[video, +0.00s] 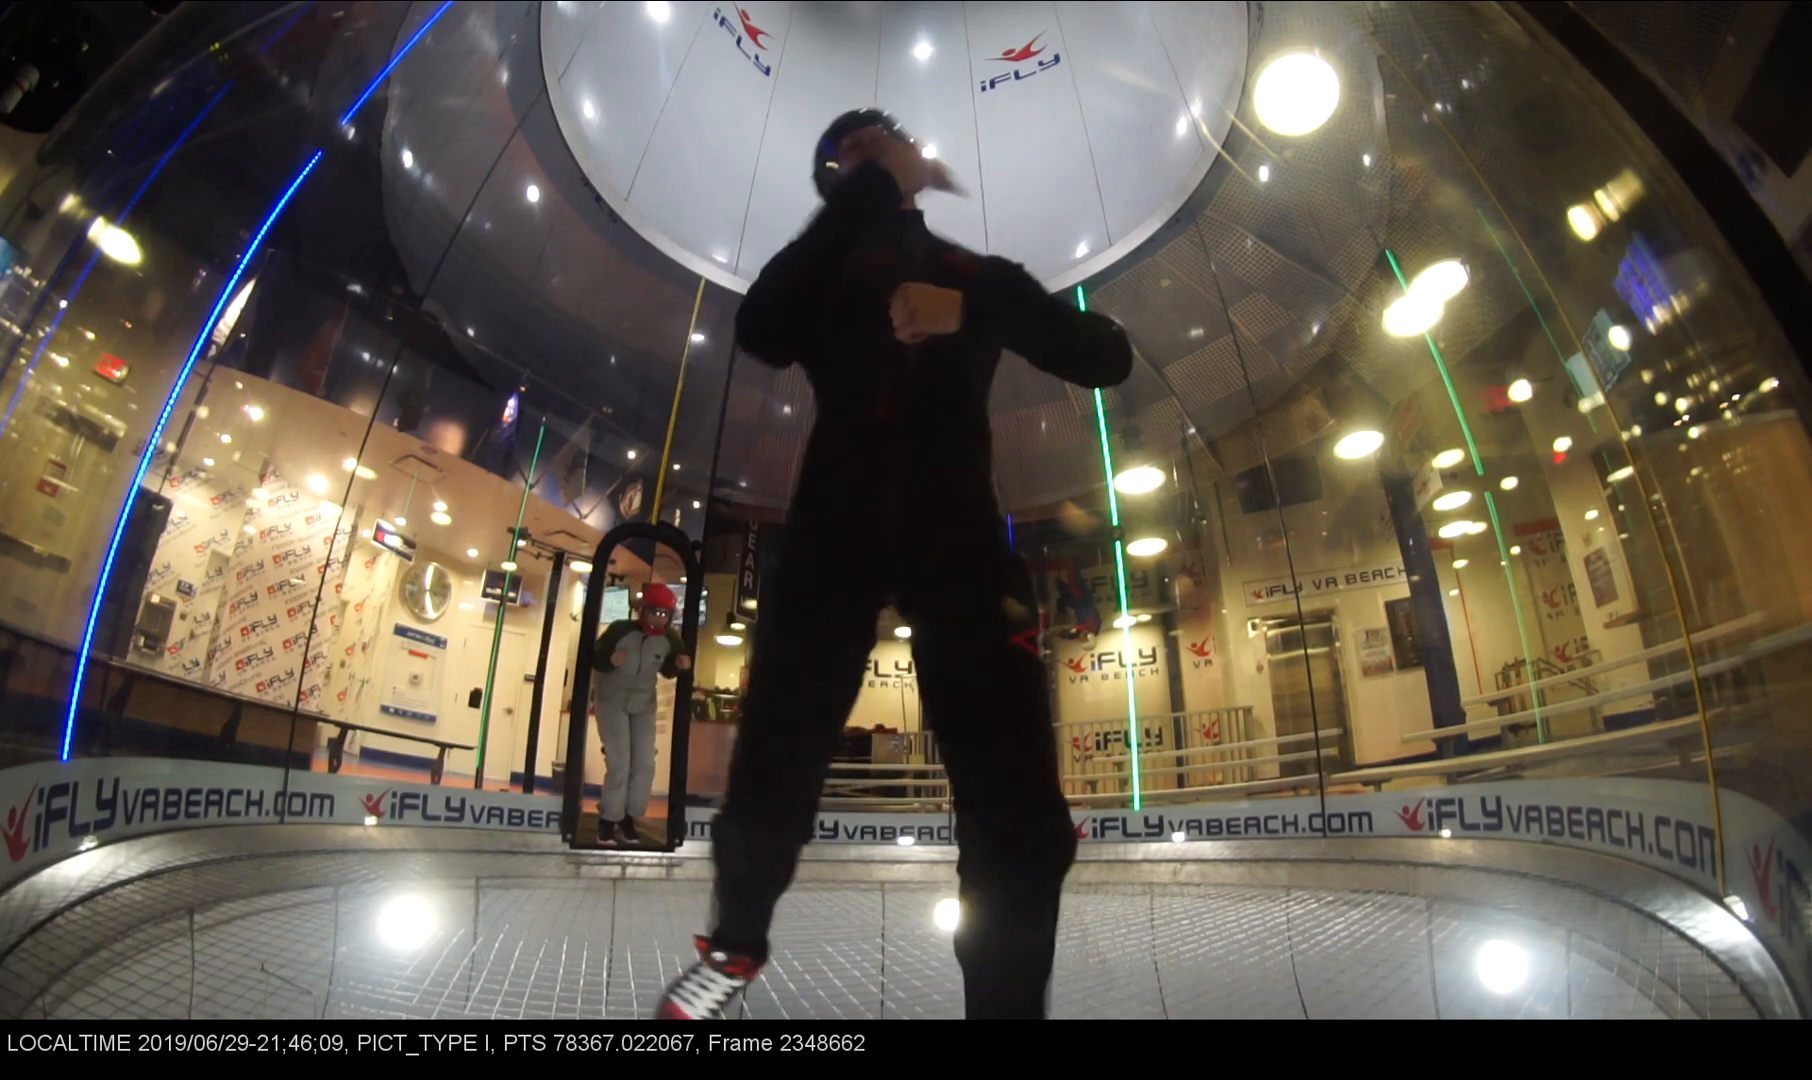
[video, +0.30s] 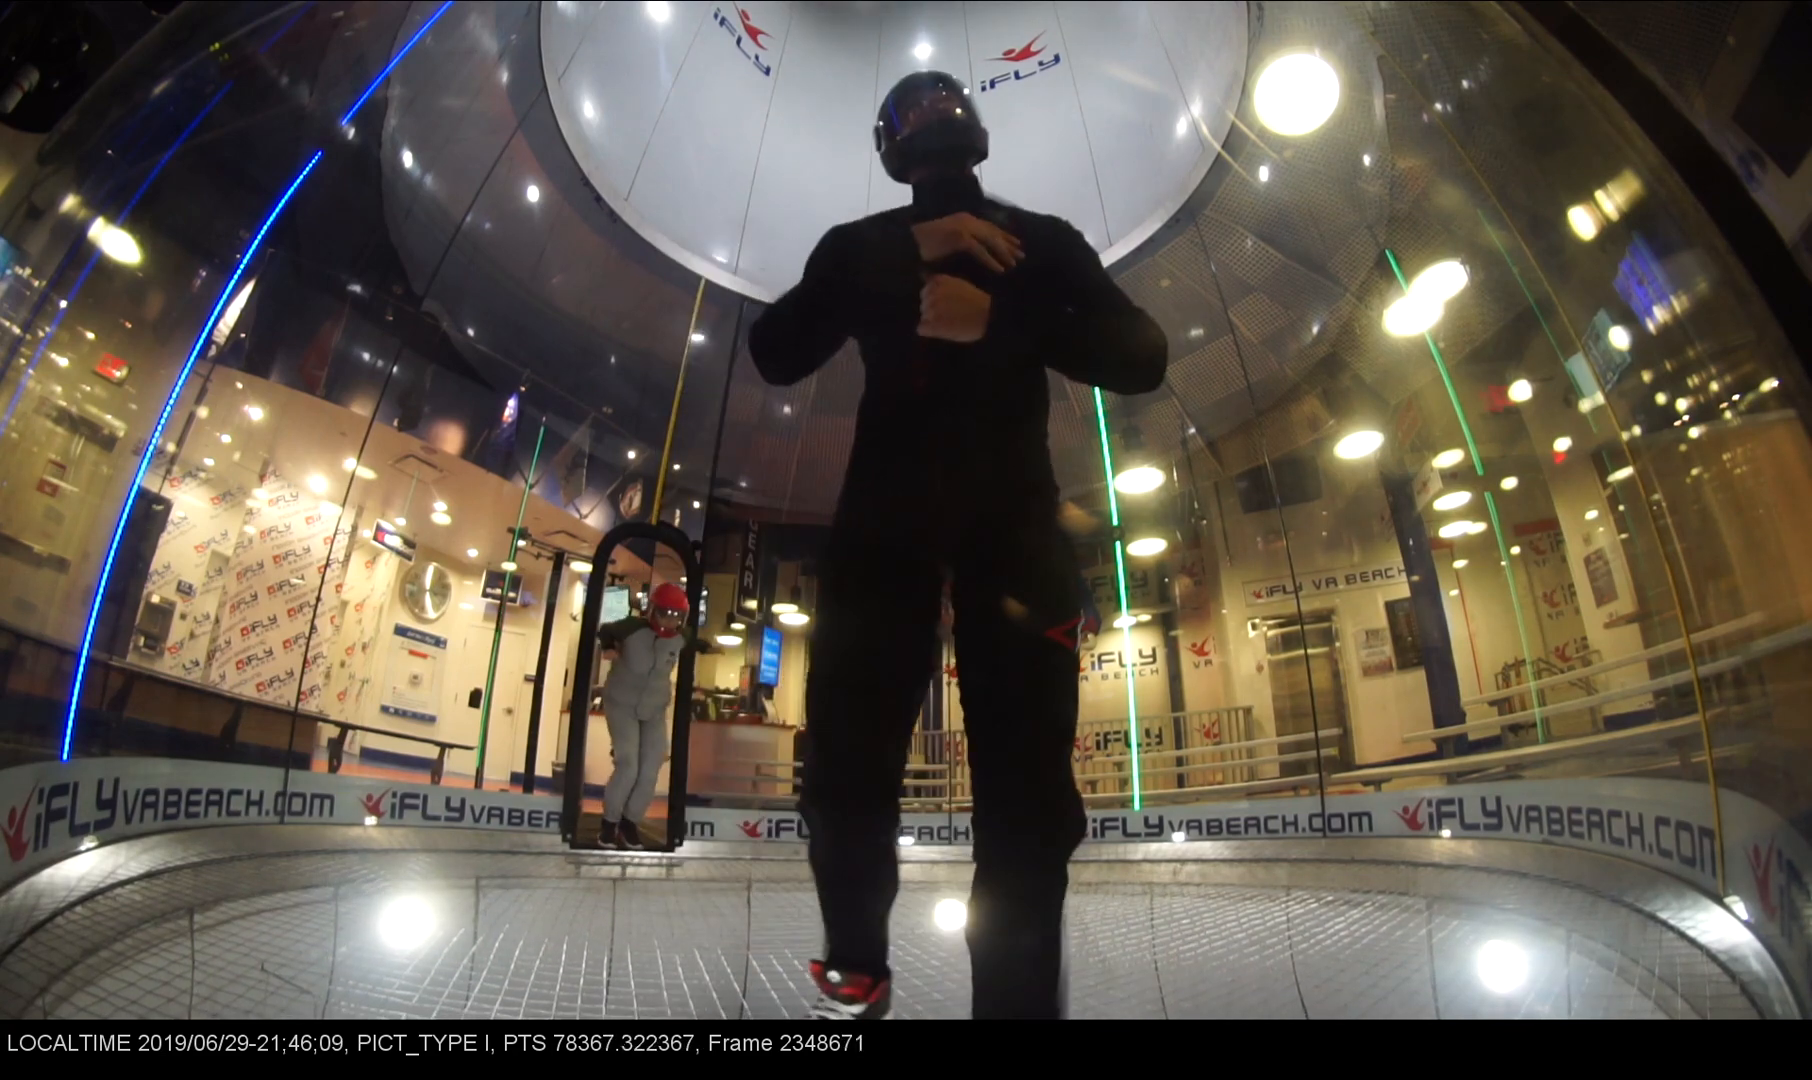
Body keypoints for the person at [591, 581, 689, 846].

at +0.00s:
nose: (660, 619)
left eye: (665, 614)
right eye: (655, 612)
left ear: (670, 615)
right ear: (642, 610)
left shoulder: (669, 639)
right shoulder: (621, 629)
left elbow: (667, 671)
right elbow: (595, 658)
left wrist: (678, 664)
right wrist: (609, 660)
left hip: (644, 706)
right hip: (612, 704)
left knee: (644, 763)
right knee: (619, 762)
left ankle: (629, 821)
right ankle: (608, 821)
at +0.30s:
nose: (670, 621)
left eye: (676, 616)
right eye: (665, 614)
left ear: (682, 617)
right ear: (653, 611)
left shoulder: (680, 638)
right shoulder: (632, 627)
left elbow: (694, 643)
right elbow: (603, 632)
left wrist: (705, 647)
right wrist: (609, 646)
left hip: (654, 710)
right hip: (622, 706)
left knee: (651, 766)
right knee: (627, 764)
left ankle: (630, 823)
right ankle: (610, 822)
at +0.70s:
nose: (686, 641)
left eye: (693, 636)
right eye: (681, 633)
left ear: (700, 638)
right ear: (669, 629)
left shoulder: (694, 660)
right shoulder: (646, 646)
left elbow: (709, 665)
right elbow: (608, 652)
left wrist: (723, 664)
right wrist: (608, 659)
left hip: (668, 736)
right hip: (633, 732)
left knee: (664, 800)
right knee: (638, 799)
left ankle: (633, 823)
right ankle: (611, 817)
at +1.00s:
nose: (706, 657)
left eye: (713, 652)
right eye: (700, 650)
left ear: (720, 654)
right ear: (686, 648)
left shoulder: (716, 678)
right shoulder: (661, 668)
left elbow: (734, 689)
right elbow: (627, 679)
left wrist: (755, 676)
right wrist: (605, 683)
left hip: (683, 760)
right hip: (643, 759)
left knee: (695, 825)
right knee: (642, 826)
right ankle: (612, 819)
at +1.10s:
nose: (714, 655)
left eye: (721, 649)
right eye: (707, 647)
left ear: (728, 652)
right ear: (693, 646)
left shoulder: (732, 675)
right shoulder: (670, 671)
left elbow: (764, 689)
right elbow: (634, 680)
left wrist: (784, 668)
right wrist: (609, 679)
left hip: (698, 758)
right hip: (654, 759)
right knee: (642, 821)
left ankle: (687, 803)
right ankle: (614, 821)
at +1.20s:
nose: (722, 646)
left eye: (729, 640)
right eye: (715, 639)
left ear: (737, 643)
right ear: (701, 640)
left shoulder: (743, 669)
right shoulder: (677, 664)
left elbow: (790, 681)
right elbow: (630, 676)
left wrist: (808, 652)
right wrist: (606, 667)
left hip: (722, 756)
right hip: (674, 759)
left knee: (761, 809)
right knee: (654, 815)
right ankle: (620, 820)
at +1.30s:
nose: (730, 637)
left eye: (737, 630)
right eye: (723, 629)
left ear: (746, 635)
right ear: (708, 632)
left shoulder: (756, 660)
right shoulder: (686, 660)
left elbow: (803, 671)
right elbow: (640, 668)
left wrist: (815, 644)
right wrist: (616, 658)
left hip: (745, 753)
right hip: (694, 757)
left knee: (785, 807)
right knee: (675, 812)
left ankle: (784, 767)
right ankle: (648, 801)